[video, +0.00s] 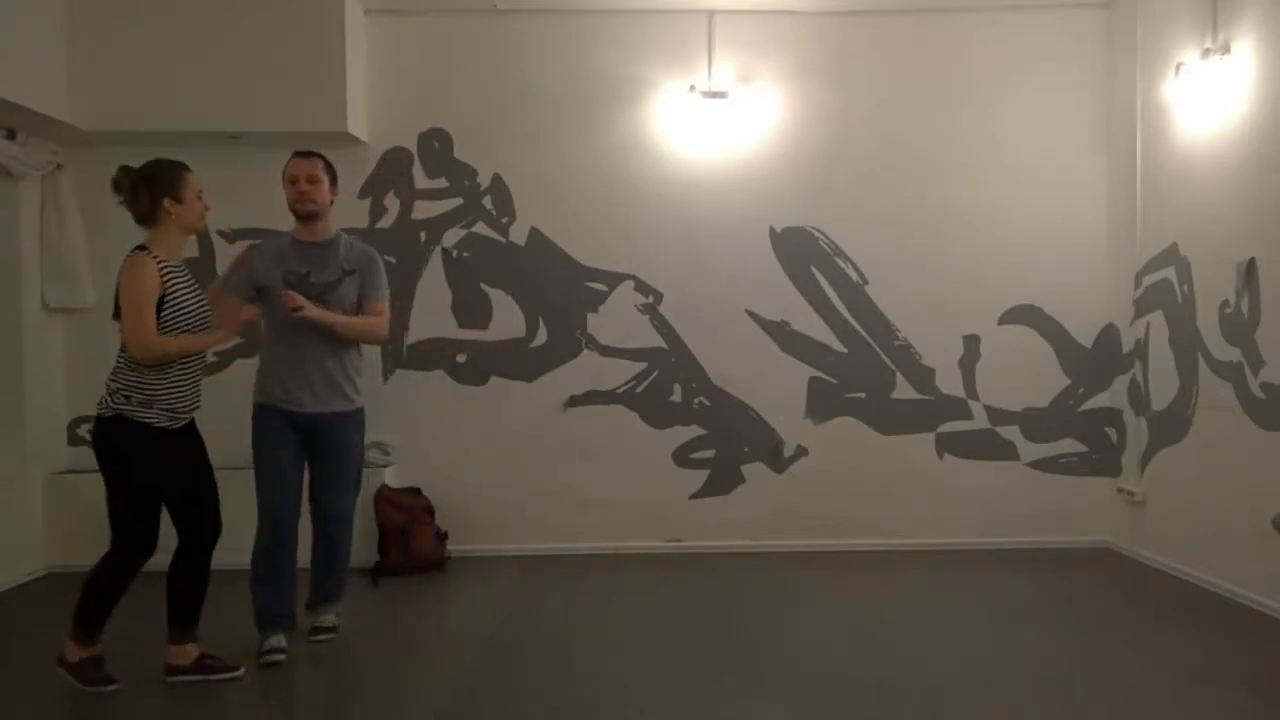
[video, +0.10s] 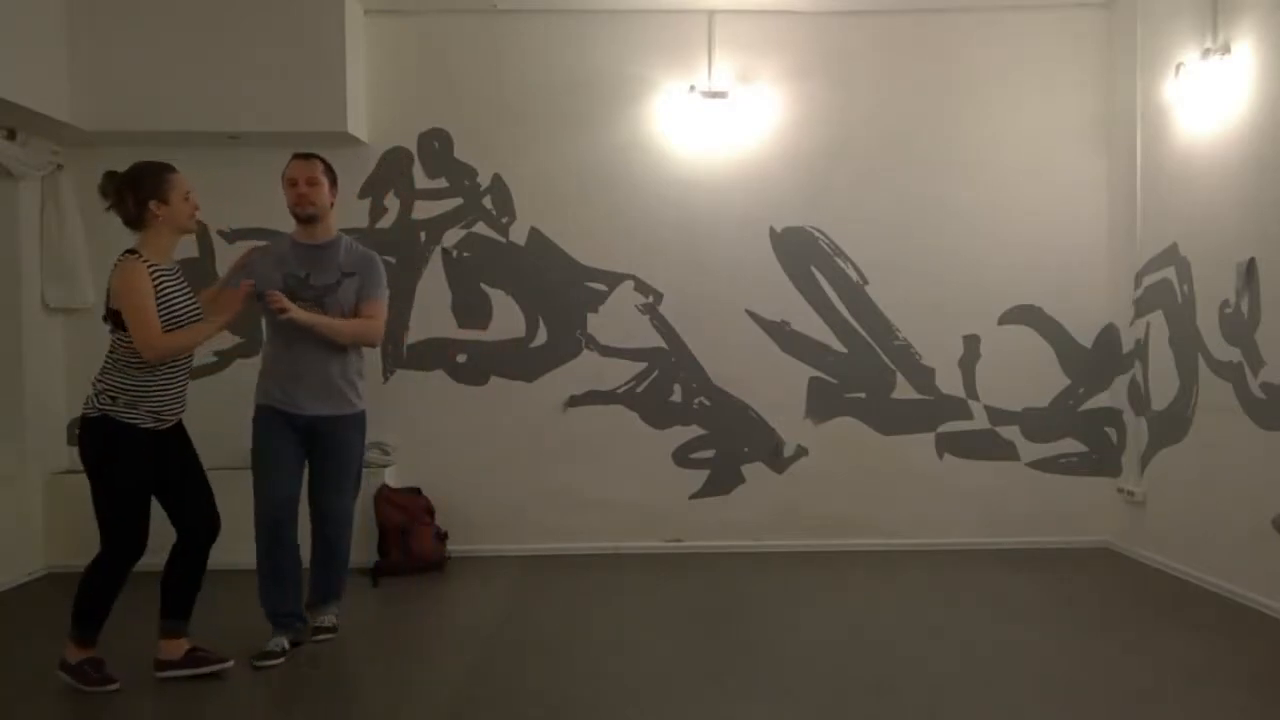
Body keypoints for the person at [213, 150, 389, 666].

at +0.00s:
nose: (302, 189)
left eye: (313, 181)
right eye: (294, 182)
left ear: (333, 191)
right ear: (284, 193)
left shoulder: (363, 258)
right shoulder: (263, 254)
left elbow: (378, 329)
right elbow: (215, 307)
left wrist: (318, 313)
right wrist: (247, 312)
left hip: (340, 409)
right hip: (277, 407)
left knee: (334, 515)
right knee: (277, 516)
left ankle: (326, 606)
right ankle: (273, 626)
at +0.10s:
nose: (301, 191)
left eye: (311, 183)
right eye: (292, 184)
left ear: (333, 193)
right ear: (283, 195)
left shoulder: (365, 261)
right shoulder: (262, 257)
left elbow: (373, 332)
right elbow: (213, 309)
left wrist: (302, 316)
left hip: (340, 411)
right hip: (277, 408)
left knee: (333, 516)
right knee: (274, 518)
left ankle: (325, 605)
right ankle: (283, 627)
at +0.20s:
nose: (299, 186)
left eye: (309, 178)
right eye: (290, 179)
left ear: (332, 188)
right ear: (281, 191)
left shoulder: (360, 256)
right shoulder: (261, 254)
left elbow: (366, 330)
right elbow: (212, 305)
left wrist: (290, 318)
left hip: (338, 411)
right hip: (276, 410)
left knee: (332, 518)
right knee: (279, 517)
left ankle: (326, 605)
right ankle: (310, 627)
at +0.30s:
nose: (294, 188)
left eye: (305, 179)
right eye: (287, 181)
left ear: (330, 191)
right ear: (279, 193)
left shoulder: (355, 259)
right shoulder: (261, 257)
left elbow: (356, 335)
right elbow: (212, 306)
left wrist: (277, 319)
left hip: (335, 414)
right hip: (273, 413)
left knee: (330, 516)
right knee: (283, 524)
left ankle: (344, 594)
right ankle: (311, 631)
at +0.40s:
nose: (289, 184)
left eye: (300, 176)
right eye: (282, 177)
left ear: (326, 188)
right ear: (275, 190)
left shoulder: (351, 256)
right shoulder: (264, 256)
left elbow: (349, 333)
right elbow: (220, 307)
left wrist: (269, 317)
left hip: (328, 407)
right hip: (271, 406)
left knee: (308, 513)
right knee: (279, 520)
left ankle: (358, 596)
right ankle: (312, 632)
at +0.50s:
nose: (281, 177)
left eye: (293, 169)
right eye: (275, 169)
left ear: (320, 181)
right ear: (270, 181)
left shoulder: (345, 248)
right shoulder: (266, 252)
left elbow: (347, 329)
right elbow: (225, 303)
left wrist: (266, 319)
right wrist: (232, 297)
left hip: (323, 402)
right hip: (273, 402)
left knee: (297, 509)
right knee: (281, 517)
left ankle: (341, 628)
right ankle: (307, 631)